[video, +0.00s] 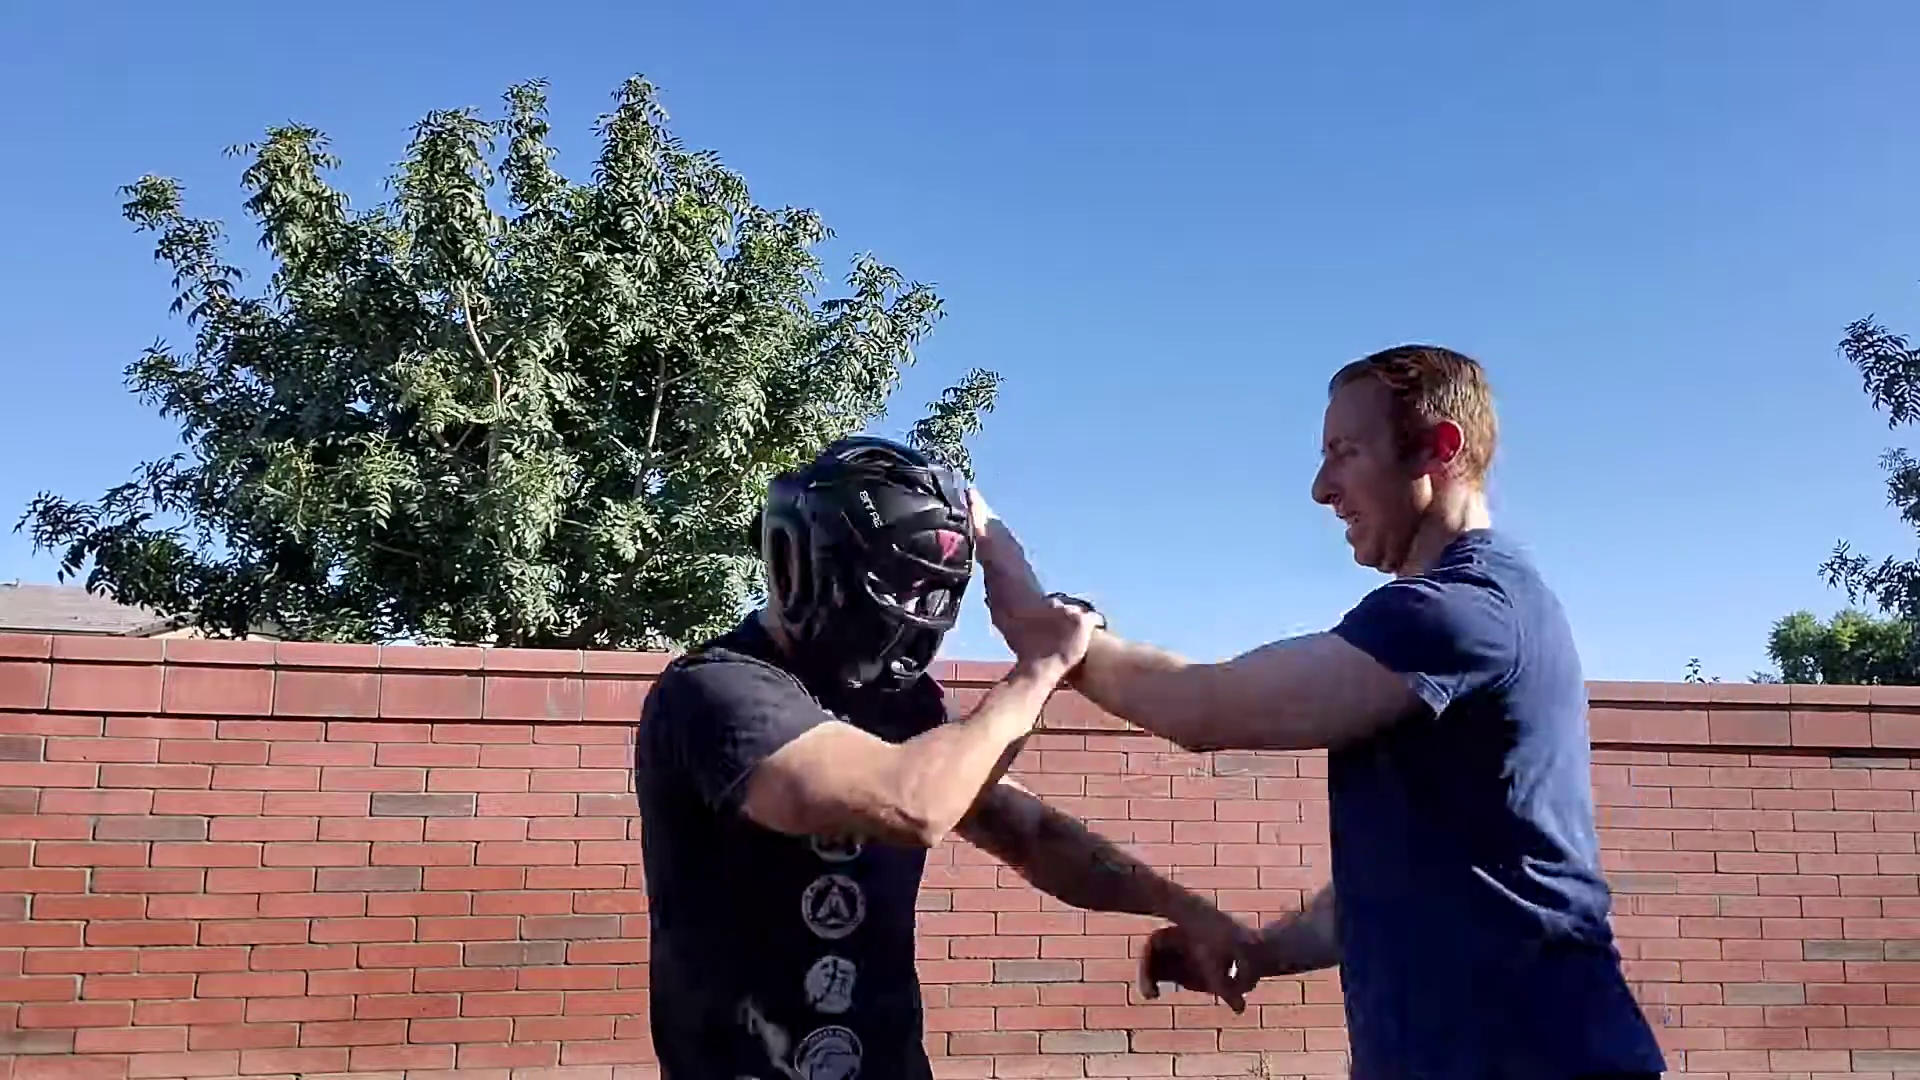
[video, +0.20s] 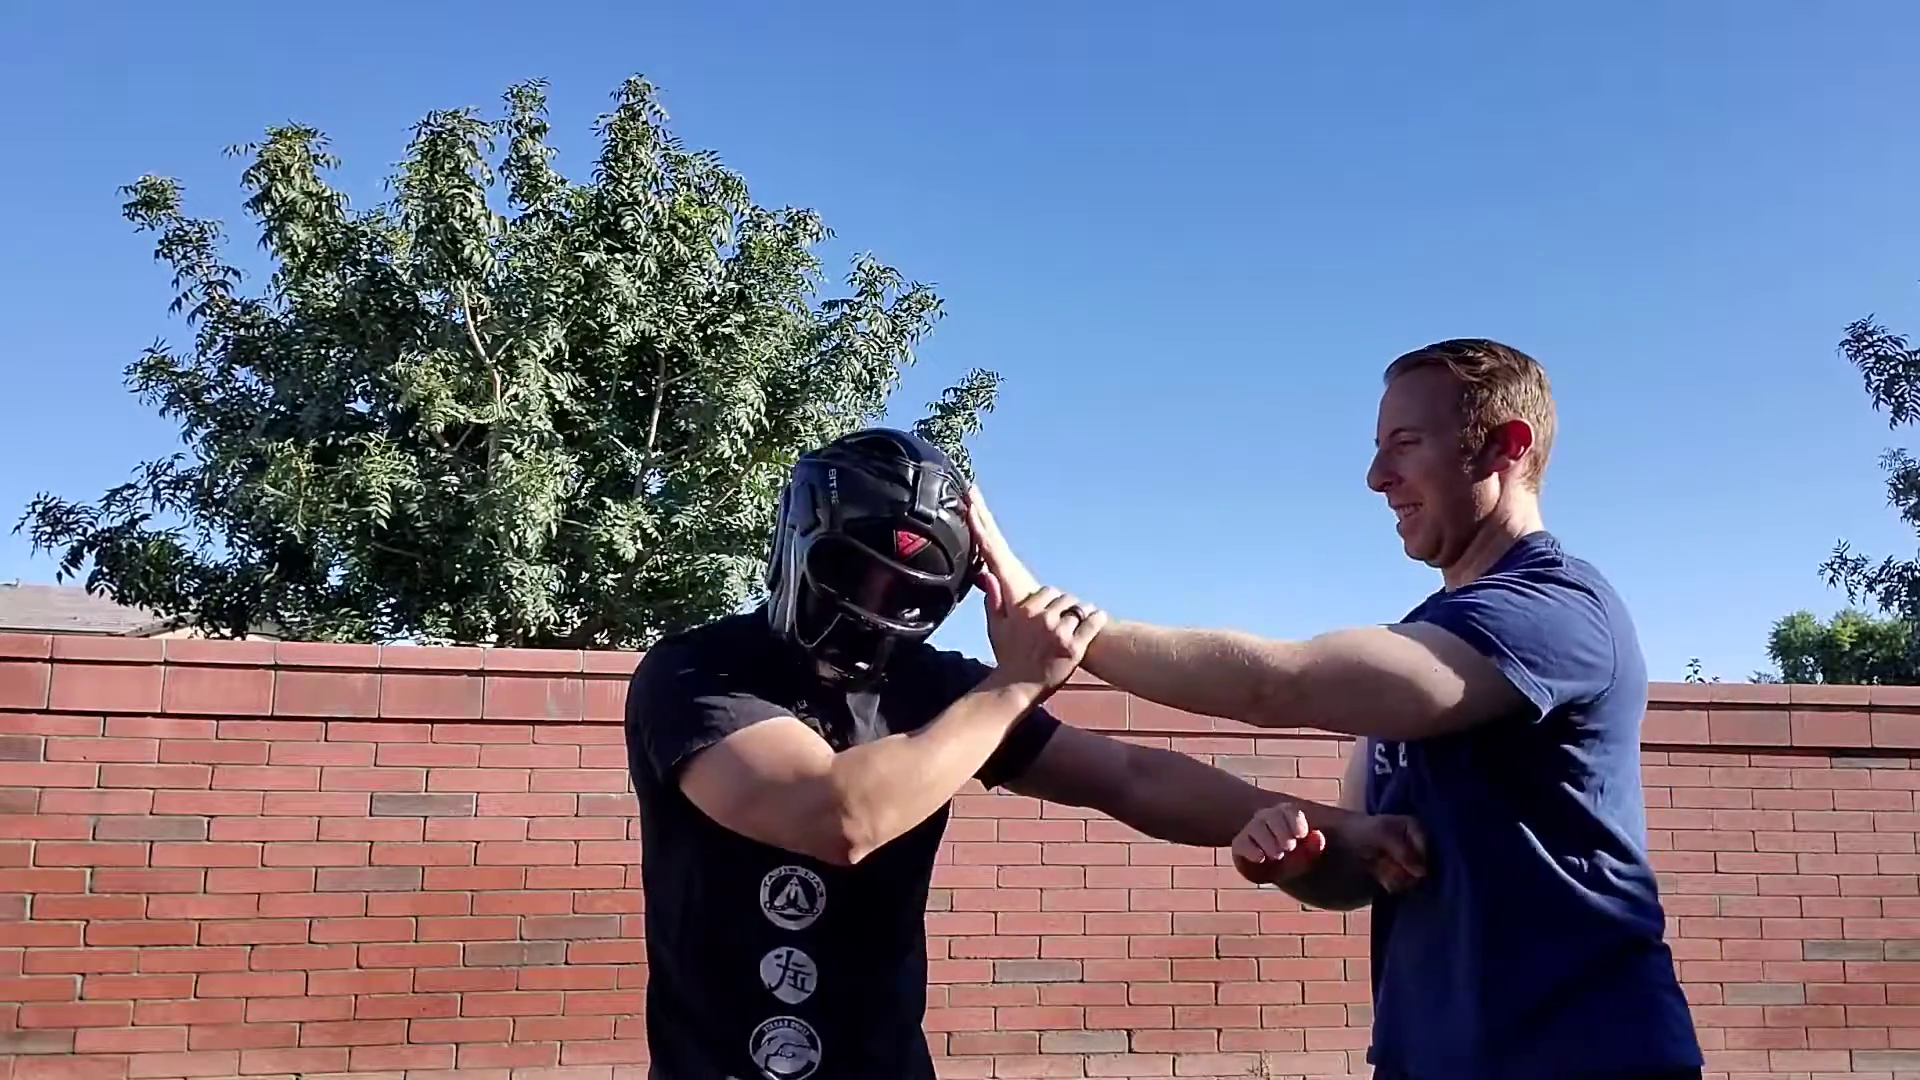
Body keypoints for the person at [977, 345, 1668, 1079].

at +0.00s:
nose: (1320, 487)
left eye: (1342, 453)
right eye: (1326, 456)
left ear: (1436, 458)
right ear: (1430, 462)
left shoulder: (1460, 610)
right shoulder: (1489, 605)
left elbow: (1204, 709)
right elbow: (1420, 876)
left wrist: (1034, 618)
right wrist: (1252, 949)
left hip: (1517, 1048)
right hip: (1439, 1046)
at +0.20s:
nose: (1377, 476)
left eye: (1404, 443)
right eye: (1380, 450)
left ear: (1505, 452)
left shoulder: (1562, 604)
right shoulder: (1414, 649)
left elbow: (1293, 684)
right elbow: (1372, 867)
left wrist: (1061, 626)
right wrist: (1297, 852)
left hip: (1581, 1046)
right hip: (1430, 1051)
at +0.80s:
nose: (1375, 479)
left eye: (1401, 448)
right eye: (1377, 455)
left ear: (1504, 454)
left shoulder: (1567, 612)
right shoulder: (1413, 646)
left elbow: (1306, 689)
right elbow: (1369, 858)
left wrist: (1077, 641)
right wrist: (1313, 862)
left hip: (1594, 1044)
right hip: (1439, 1049)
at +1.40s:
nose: (1342, 494)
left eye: (1365, 462)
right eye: (1341, 469)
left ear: (1467, 456)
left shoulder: (1559, 614)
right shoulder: (1384, 645)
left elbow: (1292, 692)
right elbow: (1319, 848)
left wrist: (1061, 640)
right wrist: (1345, 865)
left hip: (1598, 1046)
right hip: (1435, 1054)